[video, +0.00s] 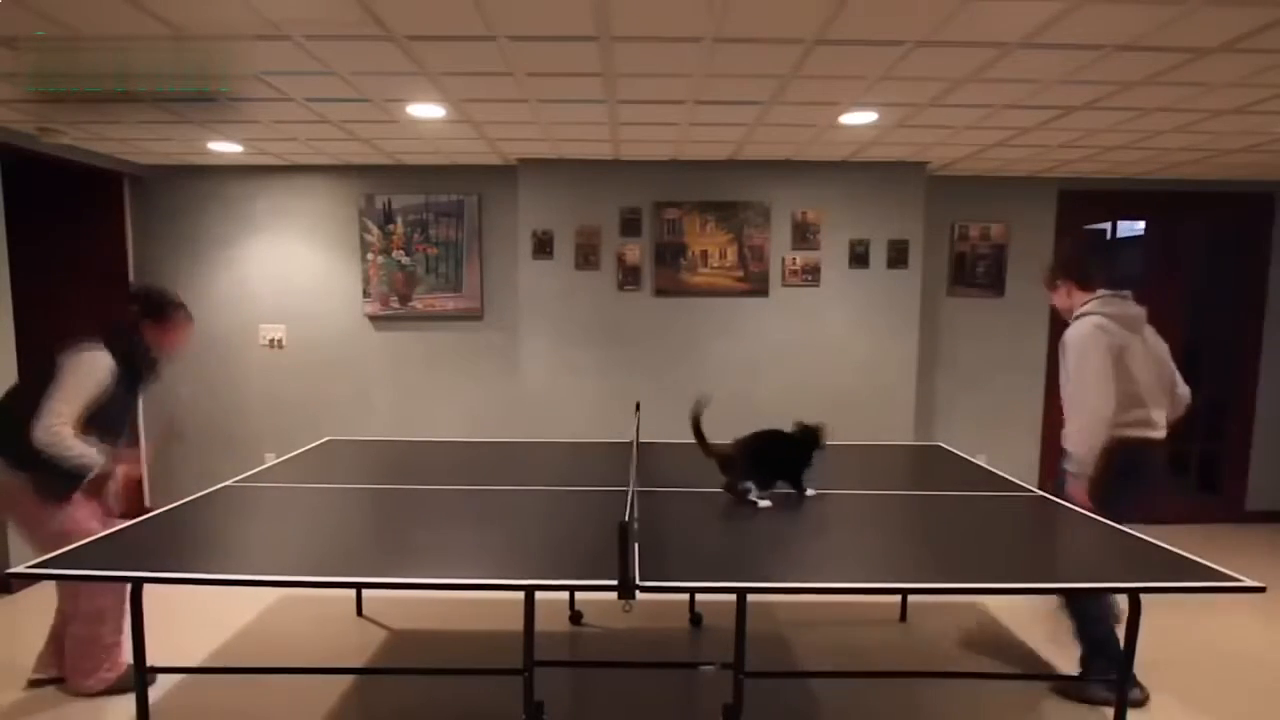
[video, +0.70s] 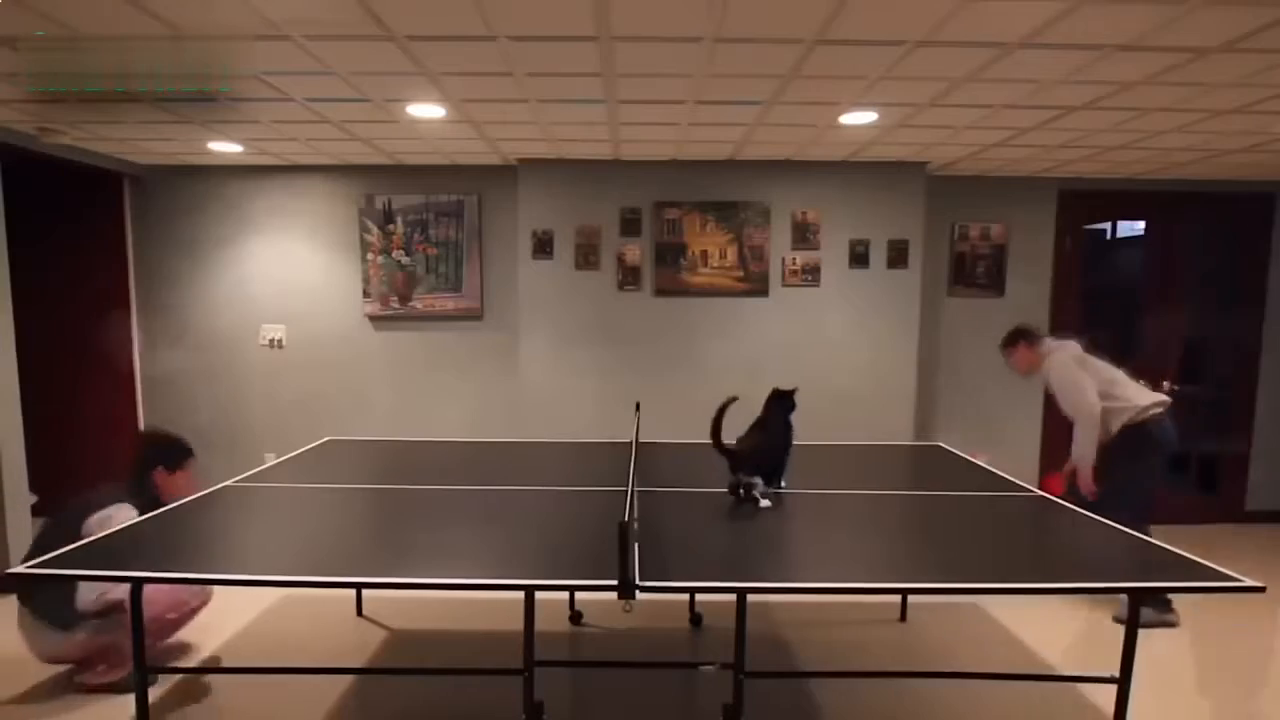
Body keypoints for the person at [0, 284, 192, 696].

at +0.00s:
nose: (178, 344)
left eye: (181, 334)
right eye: (176, 332)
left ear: (151, 327)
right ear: (151, 325)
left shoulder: (126, 368)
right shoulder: (97, 360)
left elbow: (92, 434)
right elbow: (48, 432)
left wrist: (117, 466)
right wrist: (107, 465)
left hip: (52, 473)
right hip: (25, 474)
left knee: (95, 555)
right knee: (101, 555)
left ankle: (57, 661)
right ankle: (93, 670)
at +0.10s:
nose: (193, 389)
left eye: (198, 382)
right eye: (194, 379)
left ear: (173, 364)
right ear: (174, 363)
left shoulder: (142, 395)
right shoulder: (115, 389)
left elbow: (87, 460)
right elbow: (52, 461)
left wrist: (98, 502)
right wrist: (95, 501)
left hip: (35, 488)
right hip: (13, 491)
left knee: (97, 557)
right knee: (106, 556)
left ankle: (57, 663)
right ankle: (94, 670)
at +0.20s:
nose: (201, 419)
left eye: (205, 411)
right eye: (202, 409)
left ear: (180, 394)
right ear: (184, 397)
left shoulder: (144, 412)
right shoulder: (129, 412)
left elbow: (77, 473)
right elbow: (54, 478)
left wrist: (93, 513)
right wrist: (89, 512)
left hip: (29, 500)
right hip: (12, 504)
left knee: (113, 550)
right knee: (111, 556)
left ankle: (57, 663)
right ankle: (95, 671)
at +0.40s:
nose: (195, 476)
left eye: (201, 471)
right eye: (200, 469)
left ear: (184, 447)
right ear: (188, 454)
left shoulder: (140, 450)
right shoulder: (138, 464)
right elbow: (61, 523)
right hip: (23, 542)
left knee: (119, 583)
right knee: (142, 582)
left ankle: (57, 664)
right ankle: (99, 671)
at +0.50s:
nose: (200, 494)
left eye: (205, 485)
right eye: (202, 483)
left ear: (180, 468)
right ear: (186, 473)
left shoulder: (135, 477)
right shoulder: (137, 490)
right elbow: (77, 551)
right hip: (20, 588)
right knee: (161, 580)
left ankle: (59, 663)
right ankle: (102, 671)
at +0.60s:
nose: (197, 497)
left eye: (199, 489)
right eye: (194, 488)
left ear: (171, 481)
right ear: (175, 483)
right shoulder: (125, 510)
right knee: (179, 588)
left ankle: (67, 653)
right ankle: (103, 669)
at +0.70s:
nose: (193, 483)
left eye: (191, 472)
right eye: (186, 472)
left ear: (159, 475)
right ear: (160, 475)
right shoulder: (119, 512)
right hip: (57, 633)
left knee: (196, 587)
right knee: (189, 592)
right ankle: (109, 669)